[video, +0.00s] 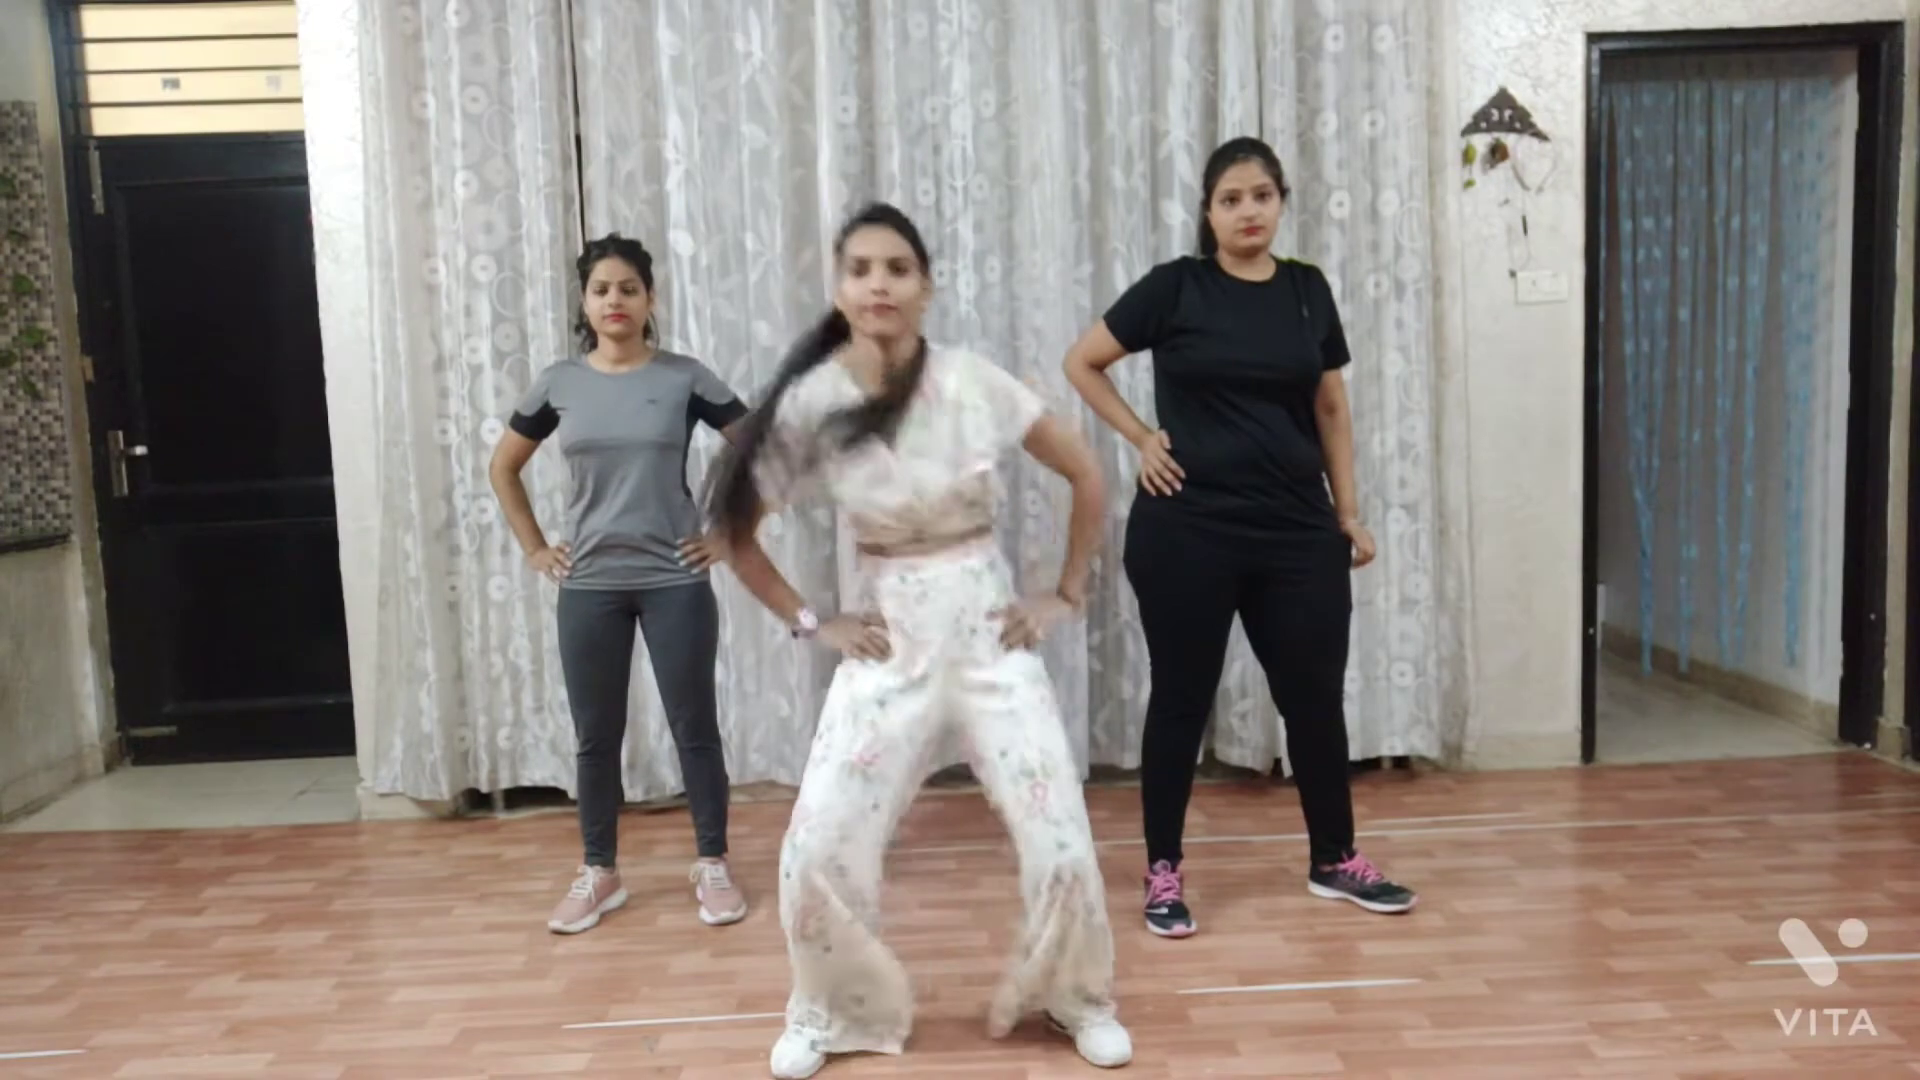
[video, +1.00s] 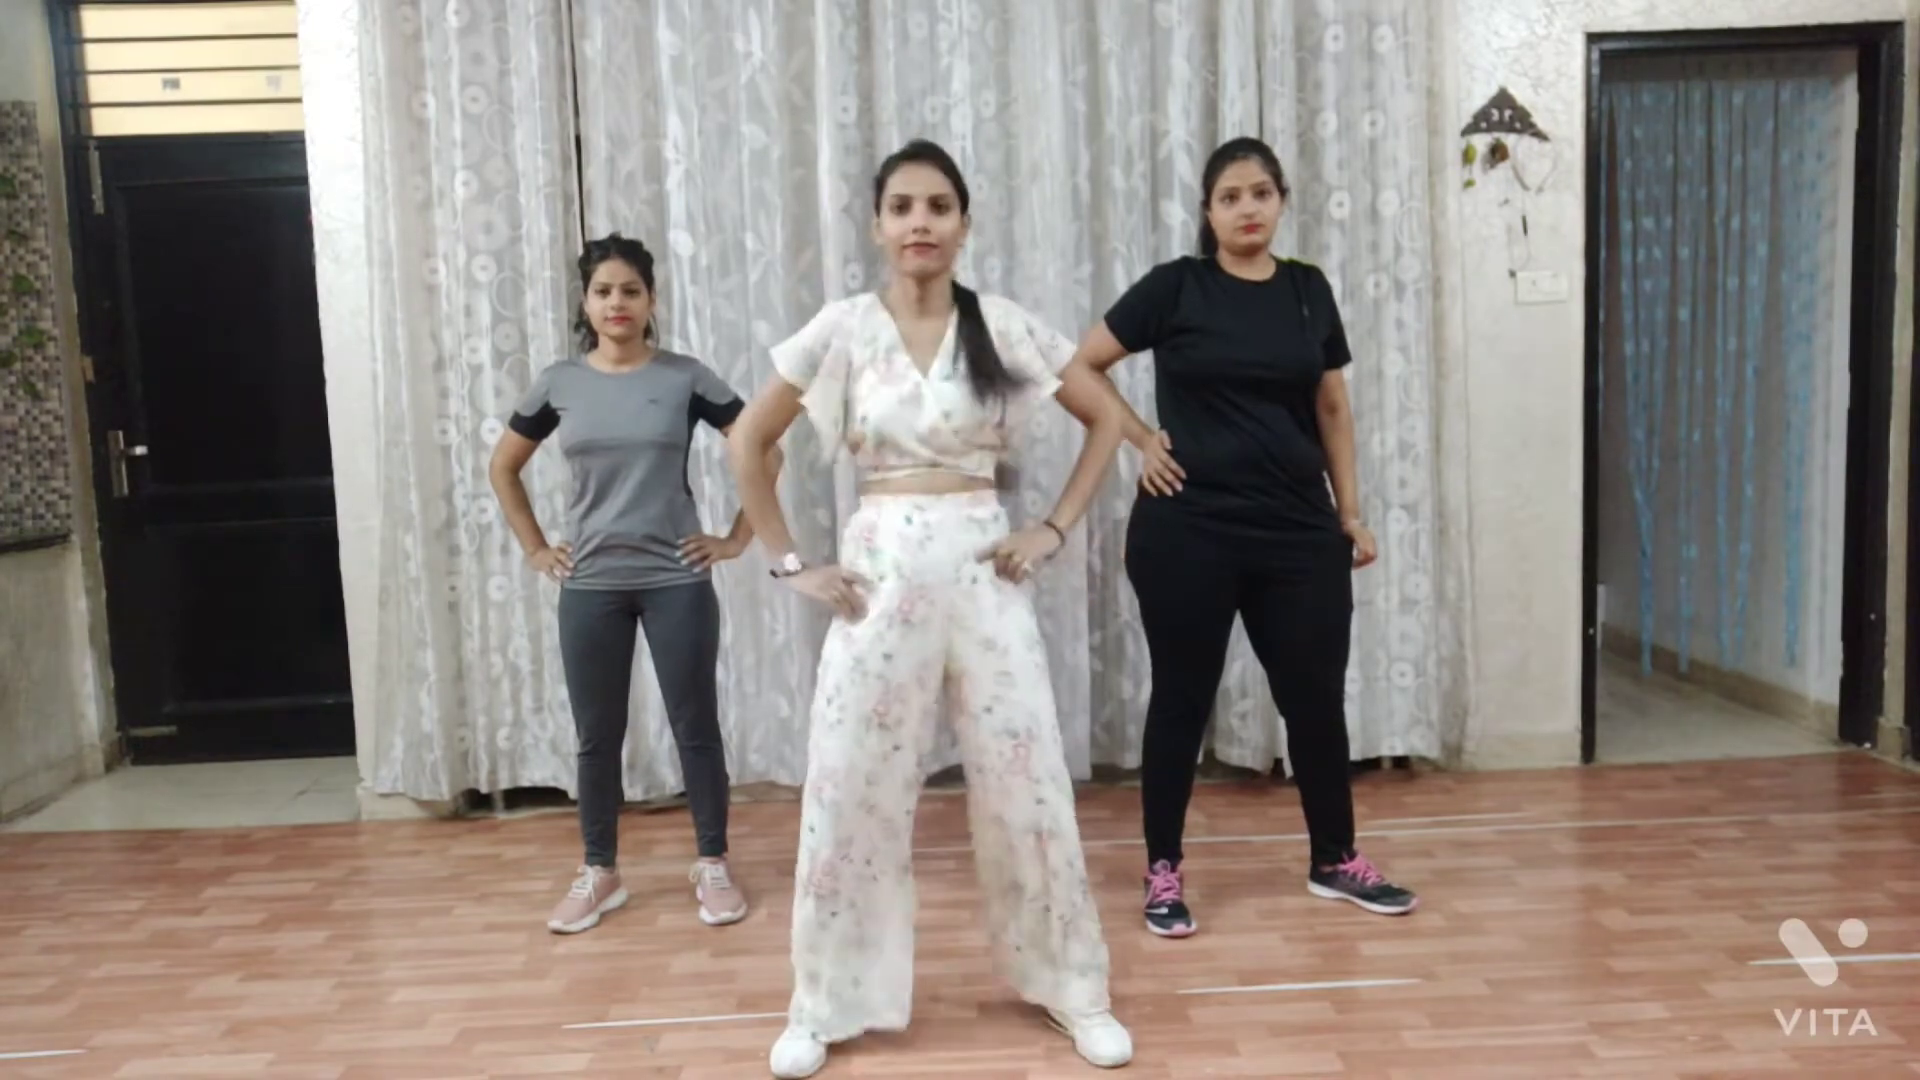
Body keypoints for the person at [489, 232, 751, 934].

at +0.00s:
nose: (615, 301)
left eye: (628, 289)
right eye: (602, 290)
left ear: (649, 300)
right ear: (584, 303)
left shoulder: (686, 379)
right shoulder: (559, 383)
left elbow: (763, 451)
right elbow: (503, 466)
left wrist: (728, 533)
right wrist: (537, 548)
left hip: (675, 575)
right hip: (589, 580)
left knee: (694, 725)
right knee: (595, 736)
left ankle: (712, 865)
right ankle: (599, 872)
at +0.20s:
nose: (614, 300)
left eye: (627, 288)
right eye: (601, 289)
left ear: (649, 300)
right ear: (583, 302)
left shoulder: (684, 378)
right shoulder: (559, 384)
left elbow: (766, 451)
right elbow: (502, 468)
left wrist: (736, 538)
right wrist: (538, 549)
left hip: (675, 576)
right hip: (589, 581)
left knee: (694, 728)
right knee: (596, 737)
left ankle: (713, 866)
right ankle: (599, 872)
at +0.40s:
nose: (614, 300)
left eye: (627, 288)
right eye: (601, 289)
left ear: (649, 299)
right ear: (583, 302)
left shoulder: (684, 378)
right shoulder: (558, 384)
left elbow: (765, 455)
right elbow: (502, 468)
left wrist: (736, 538)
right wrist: (537, 549)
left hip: (674, 575)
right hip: (589, 580)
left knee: (695, 729)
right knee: (596, 738)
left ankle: (713, 866)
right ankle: (599, 872)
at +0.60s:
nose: (615, 301)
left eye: (628, 289)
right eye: (602, 290)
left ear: (650, 300)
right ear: (584, 302)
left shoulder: (685, 378)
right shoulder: (559, 384)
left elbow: (767, 456)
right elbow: (503, 467)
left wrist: (735, 538)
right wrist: (537, 548)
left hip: (675, 575)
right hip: (590, 580)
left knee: (695, 728)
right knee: (596, 737)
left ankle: (712, 866)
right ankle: (599, 872)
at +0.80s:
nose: (616, 302)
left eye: (629, 290)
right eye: (603, 291)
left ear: (650, 300)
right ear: (584, 303)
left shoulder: (686, 378)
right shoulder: (559, 384)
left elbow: (766, 452)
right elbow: (503, 467)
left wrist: (736, 539)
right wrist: (538, 550)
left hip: (676, 574)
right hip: (591, 580)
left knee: (695, 725)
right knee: (597, 736)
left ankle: (712, 866)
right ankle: (599, 872)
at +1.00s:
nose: (617, 303)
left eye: (630, 290)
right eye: (603, 291)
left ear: (651, 300)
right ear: (585, 302)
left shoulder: (686, 379)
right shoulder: (559, 383)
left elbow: (767, 450)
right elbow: (503, 466)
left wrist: (738, 535)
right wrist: (537, 548)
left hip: (676, 574)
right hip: (591, 580)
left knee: (696, 726)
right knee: (597, 736)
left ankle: (712, 866)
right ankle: (599, 871)